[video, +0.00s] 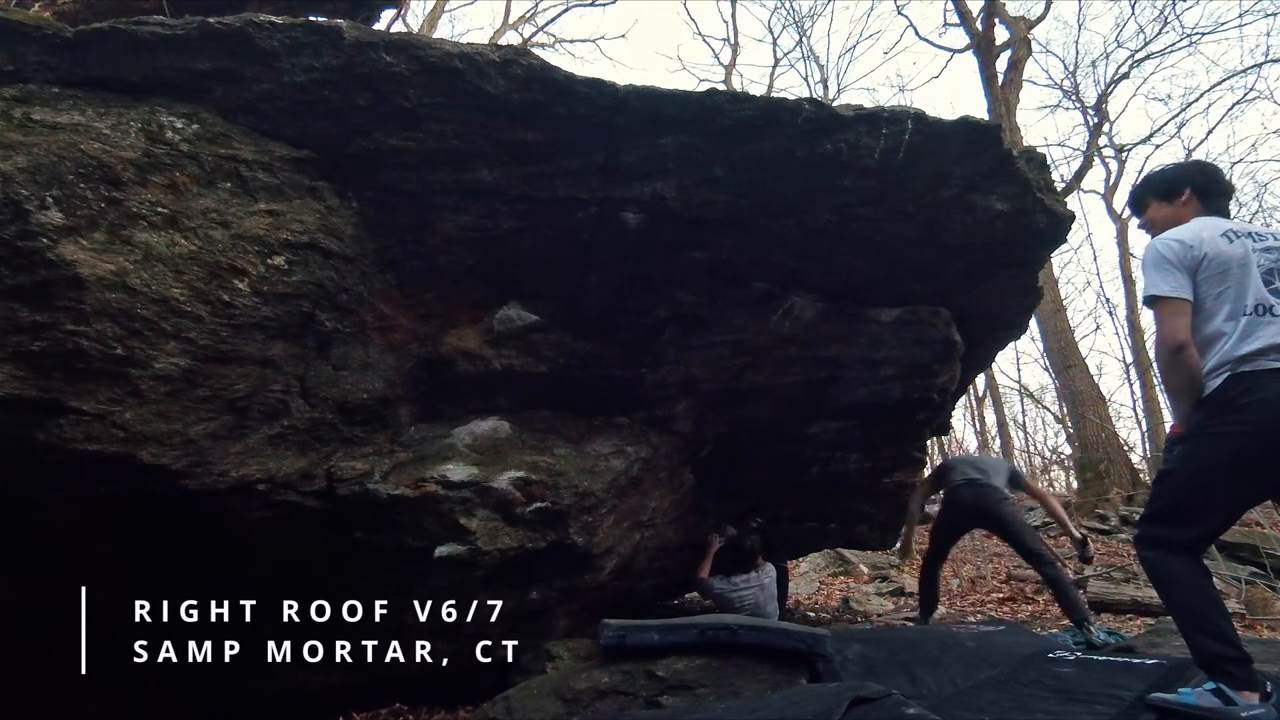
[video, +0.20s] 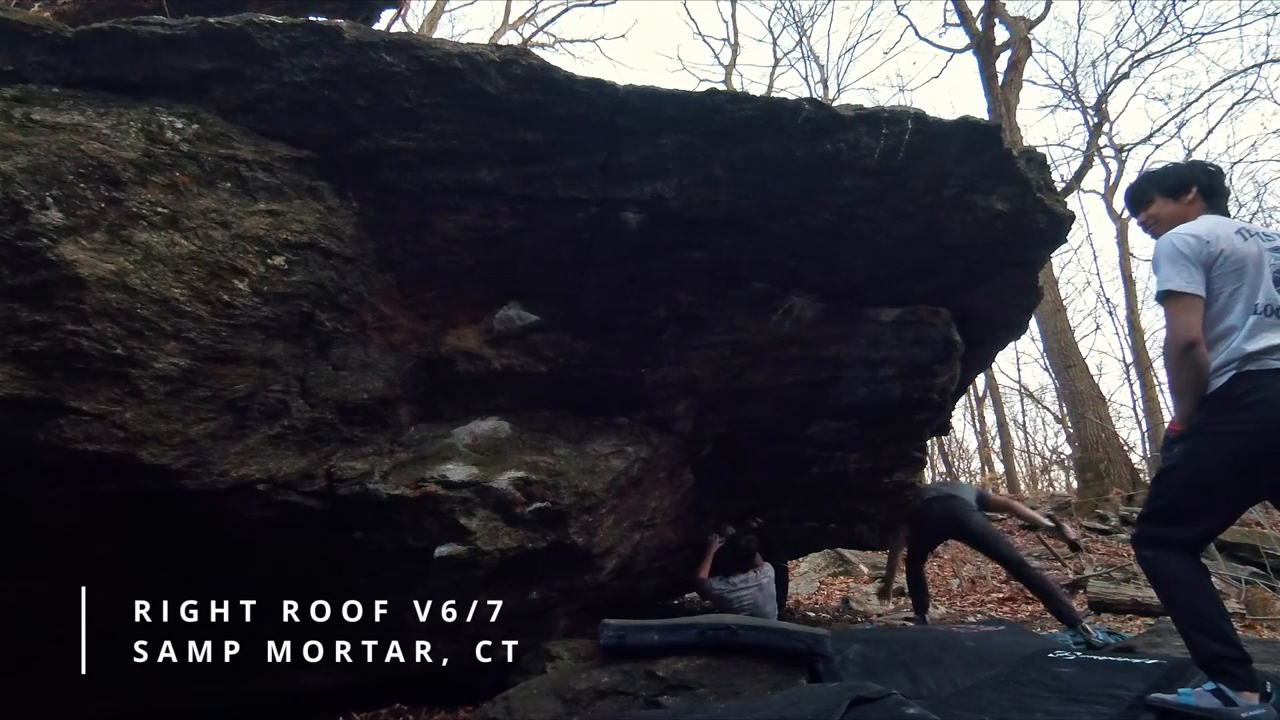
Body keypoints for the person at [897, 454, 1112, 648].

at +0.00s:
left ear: (960, 462)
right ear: (995, 462)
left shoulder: (947, 466)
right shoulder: (1006, 468)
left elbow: (918, 495)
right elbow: (1046, 498)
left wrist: (906, 539)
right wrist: (1075, 534)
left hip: (956, 505)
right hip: (995, 502)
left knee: (932, 562)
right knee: (1044, 561)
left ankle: (924, 618)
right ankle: (1087, 627)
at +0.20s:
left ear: (932, 495)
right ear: (970, 494)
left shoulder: (917, 506)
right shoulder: (976, 494)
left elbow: (896, 549)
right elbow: (1021, 511)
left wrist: (887, 585)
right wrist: (1060, 529)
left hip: (925, 514)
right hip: (959, 511)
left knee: (915, 566)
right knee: (1018, 566)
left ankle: (920, 620)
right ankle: (1079, 627)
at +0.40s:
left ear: (919, 510)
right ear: (952, 507)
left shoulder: (908, 523)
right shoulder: (958, 507)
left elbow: (892, 574)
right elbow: (995, 510)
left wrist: (884, 609)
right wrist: (1041, 527)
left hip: (912, 530)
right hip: (949, 522)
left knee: (910, 569)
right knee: (1014, 574)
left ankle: (922, 622)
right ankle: (1076, 628)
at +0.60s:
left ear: (917, 512)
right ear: (949, 506)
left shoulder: (906, 526)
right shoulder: (957, 507)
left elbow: (891, 577)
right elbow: (1014, 502)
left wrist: (876, 609)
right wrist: (1038, 515)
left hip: (913, 534)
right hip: (948, 525)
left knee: (908, 568)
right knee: (1016, 575)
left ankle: (921, 620)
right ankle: (1074, 628)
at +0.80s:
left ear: (922, 497)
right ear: (951, 491)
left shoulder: (910, 508)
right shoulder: (960, 494)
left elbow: (887, 546)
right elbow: (998, 495)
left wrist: (875, 583)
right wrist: (1038, 502)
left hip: (922, 525)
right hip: (957, 517)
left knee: (915, 569)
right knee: (1023, 561)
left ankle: (921, 621)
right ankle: (1082, 616)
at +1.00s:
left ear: (963, 479)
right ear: (994, 478)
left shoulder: (946, 489)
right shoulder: (1001, 481)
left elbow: (913, 514)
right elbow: (1038, 493)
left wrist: (905, 553)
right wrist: (1077, 519)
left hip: (951, 512)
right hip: (987, 508)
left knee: (932, 565)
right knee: (1048, 562)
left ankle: (924, 618)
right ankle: (1087, 630)